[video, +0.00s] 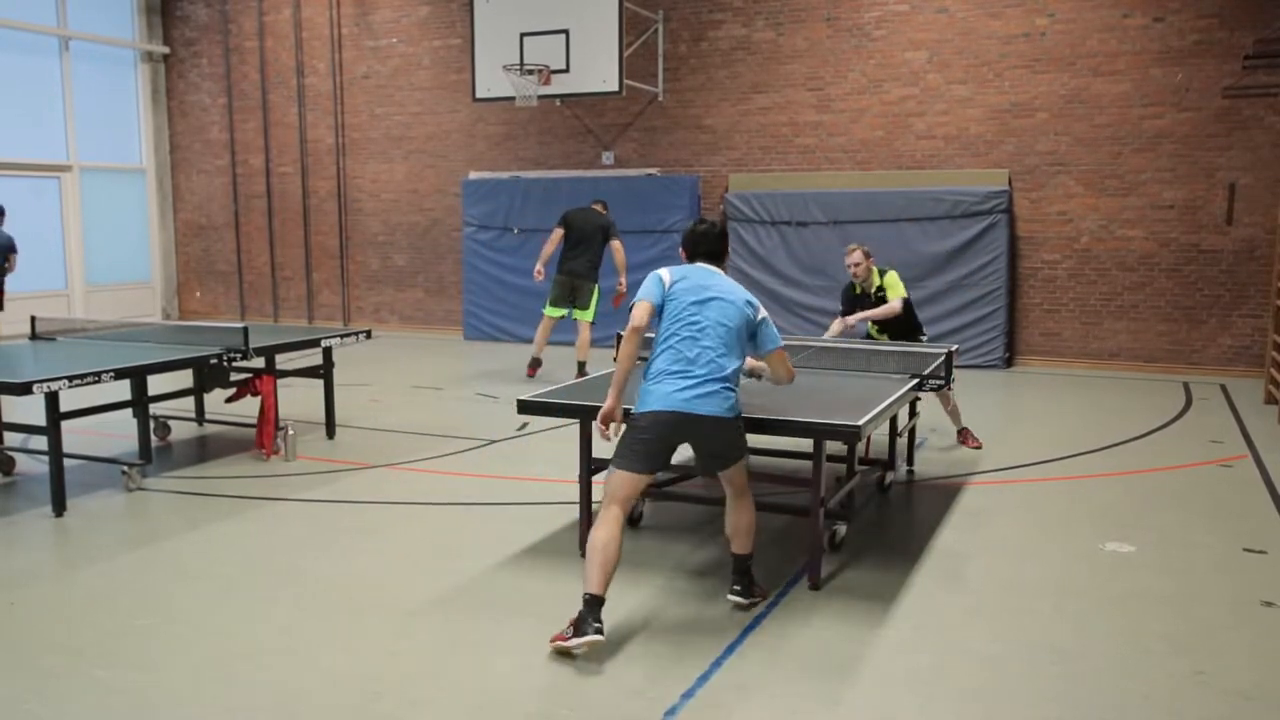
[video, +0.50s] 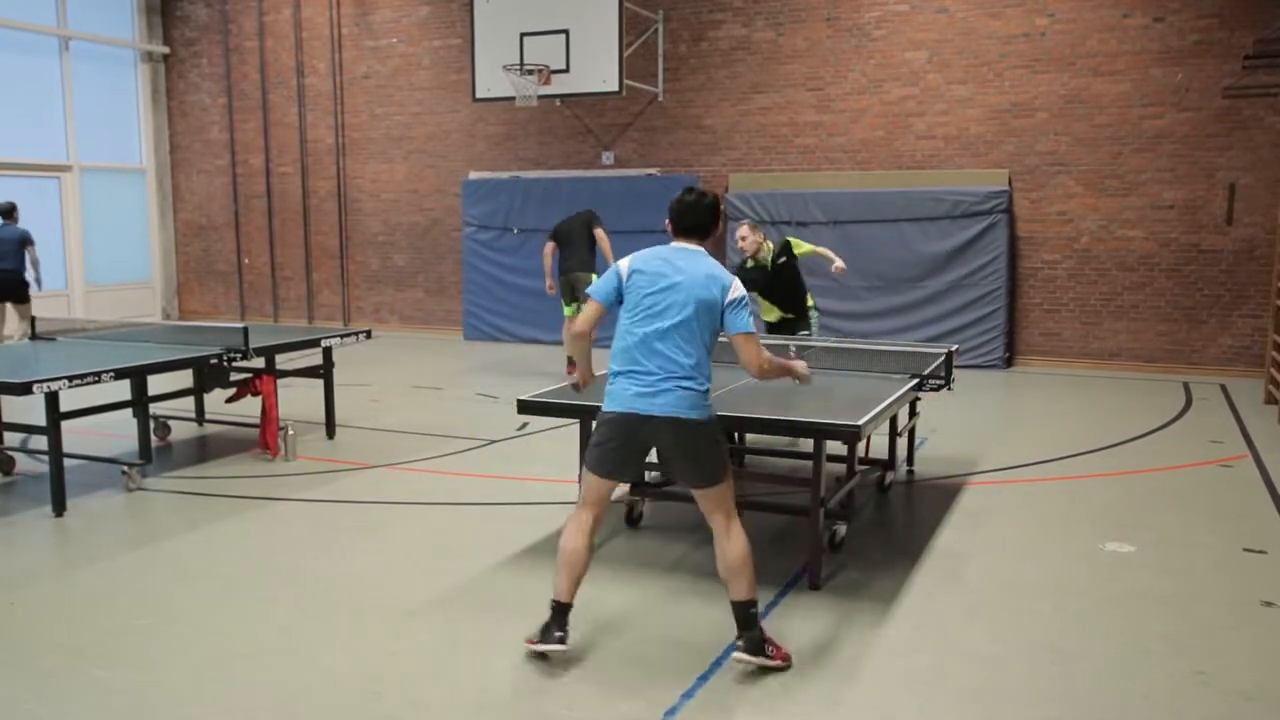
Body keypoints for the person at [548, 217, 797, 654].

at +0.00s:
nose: (681, 258)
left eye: (682, 251)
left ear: (683, 253)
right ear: (727, 256)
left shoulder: (663, 277)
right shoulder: (744, 298)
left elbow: (637, 326)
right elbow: (784, 374)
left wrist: (614, 397)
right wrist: (757, 364)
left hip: (657, 409)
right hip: (716, 413)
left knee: (615, 506)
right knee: (738, 490)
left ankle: (589, 617)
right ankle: (742, 582)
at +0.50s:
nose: (725, 233)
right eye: (724, 227)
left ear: (670, 227)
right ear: (717, 230)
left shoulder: (631, 264)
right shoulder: (724, 282)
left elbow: (578, 329)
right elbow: (757, 365)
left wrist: (584, 373)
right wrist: (787, 367)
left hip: (623, 410)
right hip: (687, 416)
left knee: (587, 512)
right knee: (725, 520)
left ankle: (557, 624)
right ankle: (750, 636)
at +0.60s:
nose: (729, 263)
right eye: (731, 256)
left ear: (681, 253)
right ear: (725, 261)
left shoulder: (638, 292)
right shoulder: (724, 310)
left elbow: (586, 353)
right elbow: (767, 395)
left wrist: (593, 399)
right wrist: (838, 407)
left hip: (617, 446)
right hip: (680, 451)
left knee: (575, 538)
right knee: (736, 533)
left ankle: (510, 640)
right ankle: (750, 652)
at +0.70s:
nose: (749, 303)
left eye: (745, 293)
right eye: (749, 295)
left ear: (697, 290)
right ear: (742, 300)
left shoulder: (652, 329)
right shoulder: (726, 354)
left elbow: (596, 383)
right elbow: (781, 434)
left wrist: (591, 441)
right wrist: (857, 425)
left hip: (613, 477)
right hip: (675, 481)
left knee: (575, 559)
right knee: (747, 532)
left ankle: (508, 649)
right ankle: (752, 655)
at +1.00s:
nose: (799, 286)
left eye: (799, 279)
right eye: (799, 279)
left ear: (746, 274)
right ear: (788, 281)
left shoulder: (694, 302)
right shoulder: (787, 344)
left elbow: (629, 354)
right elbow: (825, 432)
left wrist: (586, 417)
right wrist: (881, 437)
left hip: (650, 459)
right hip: (717, 473)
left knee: (586, 554)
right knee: (769, 536)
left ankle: (524, 645)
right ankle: (756, 655)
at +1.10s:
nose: (818, 242)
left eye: (817, 233)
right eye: (818, 234)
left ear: (765, 229)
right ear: (807, 236)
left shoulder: (708, 262)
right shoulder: (799, 299)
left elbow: (649, 319)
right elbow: (802, 397)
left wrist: (620, 393)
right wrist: (843, 468)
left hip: (664, 422)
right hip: (730, 436)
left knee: (633, 535)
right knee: (761, 533)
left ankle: (586, 652)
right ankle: (772, 641)